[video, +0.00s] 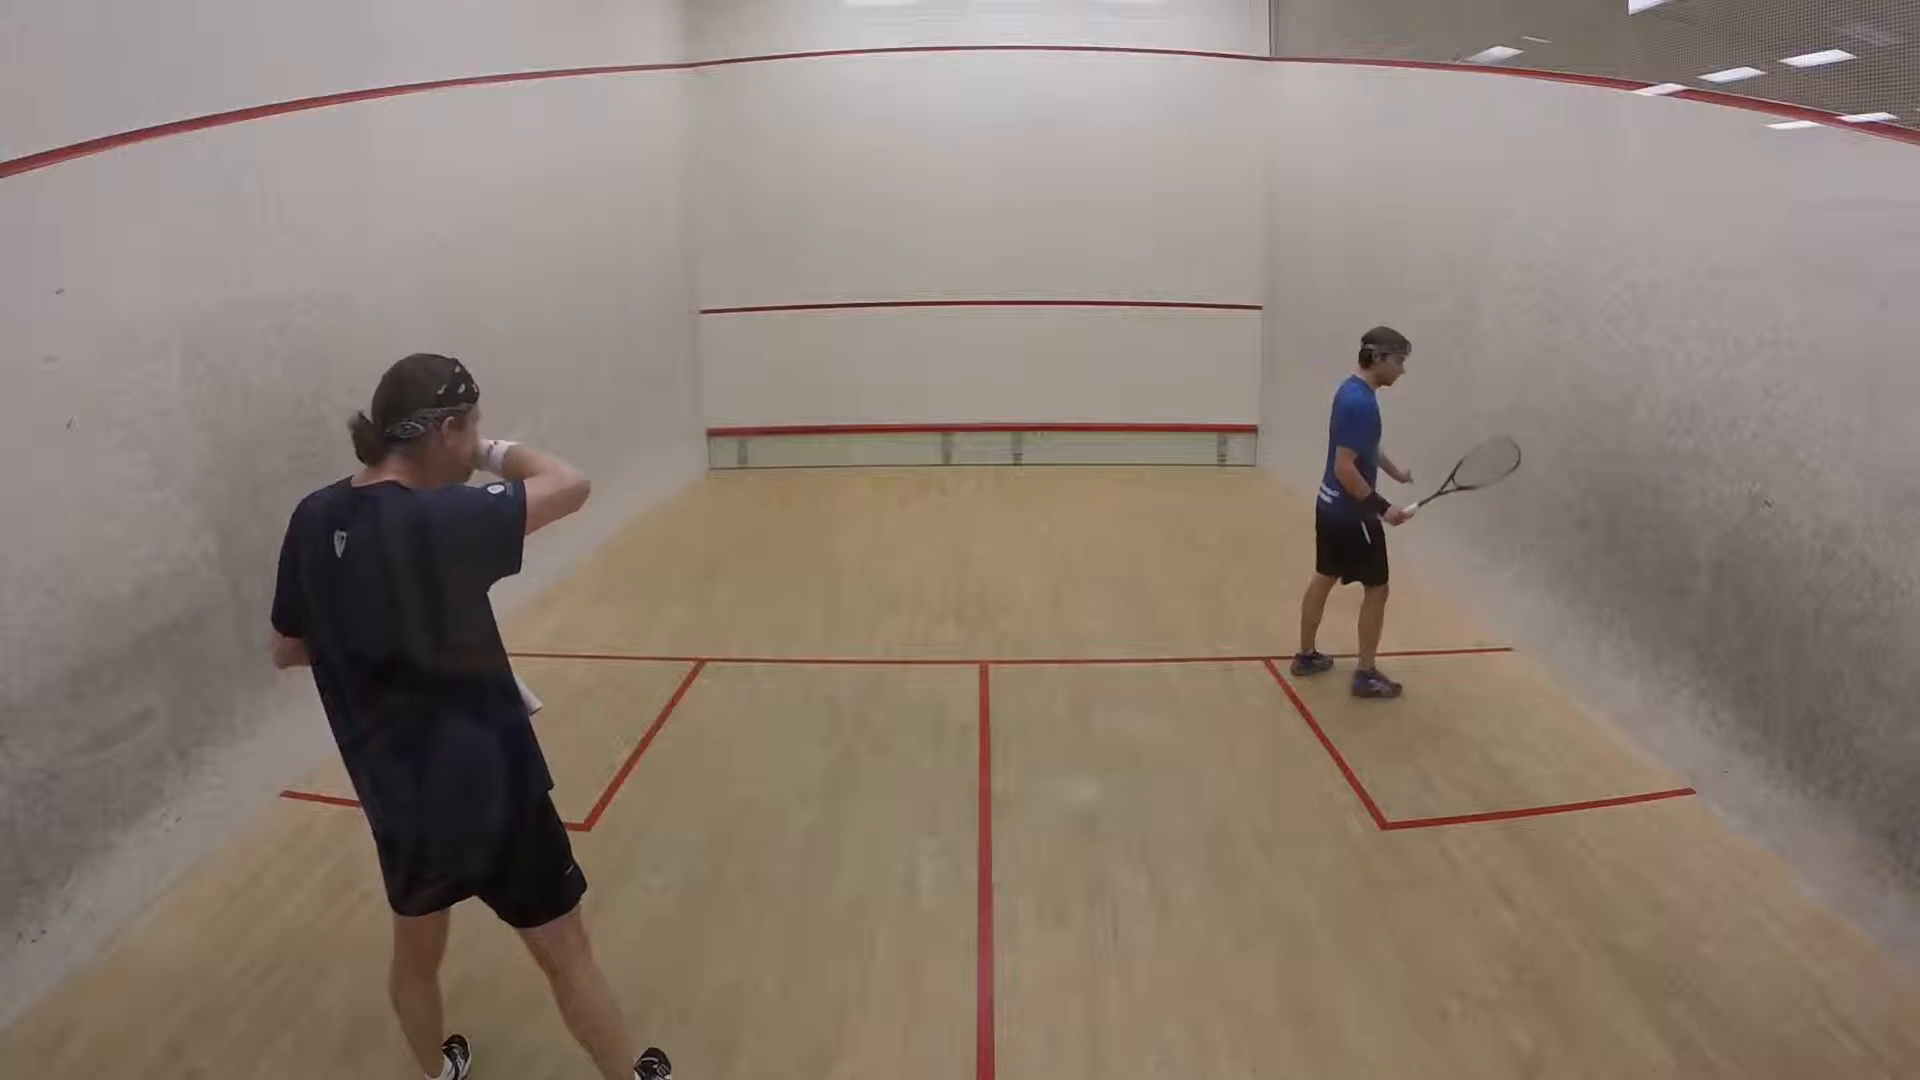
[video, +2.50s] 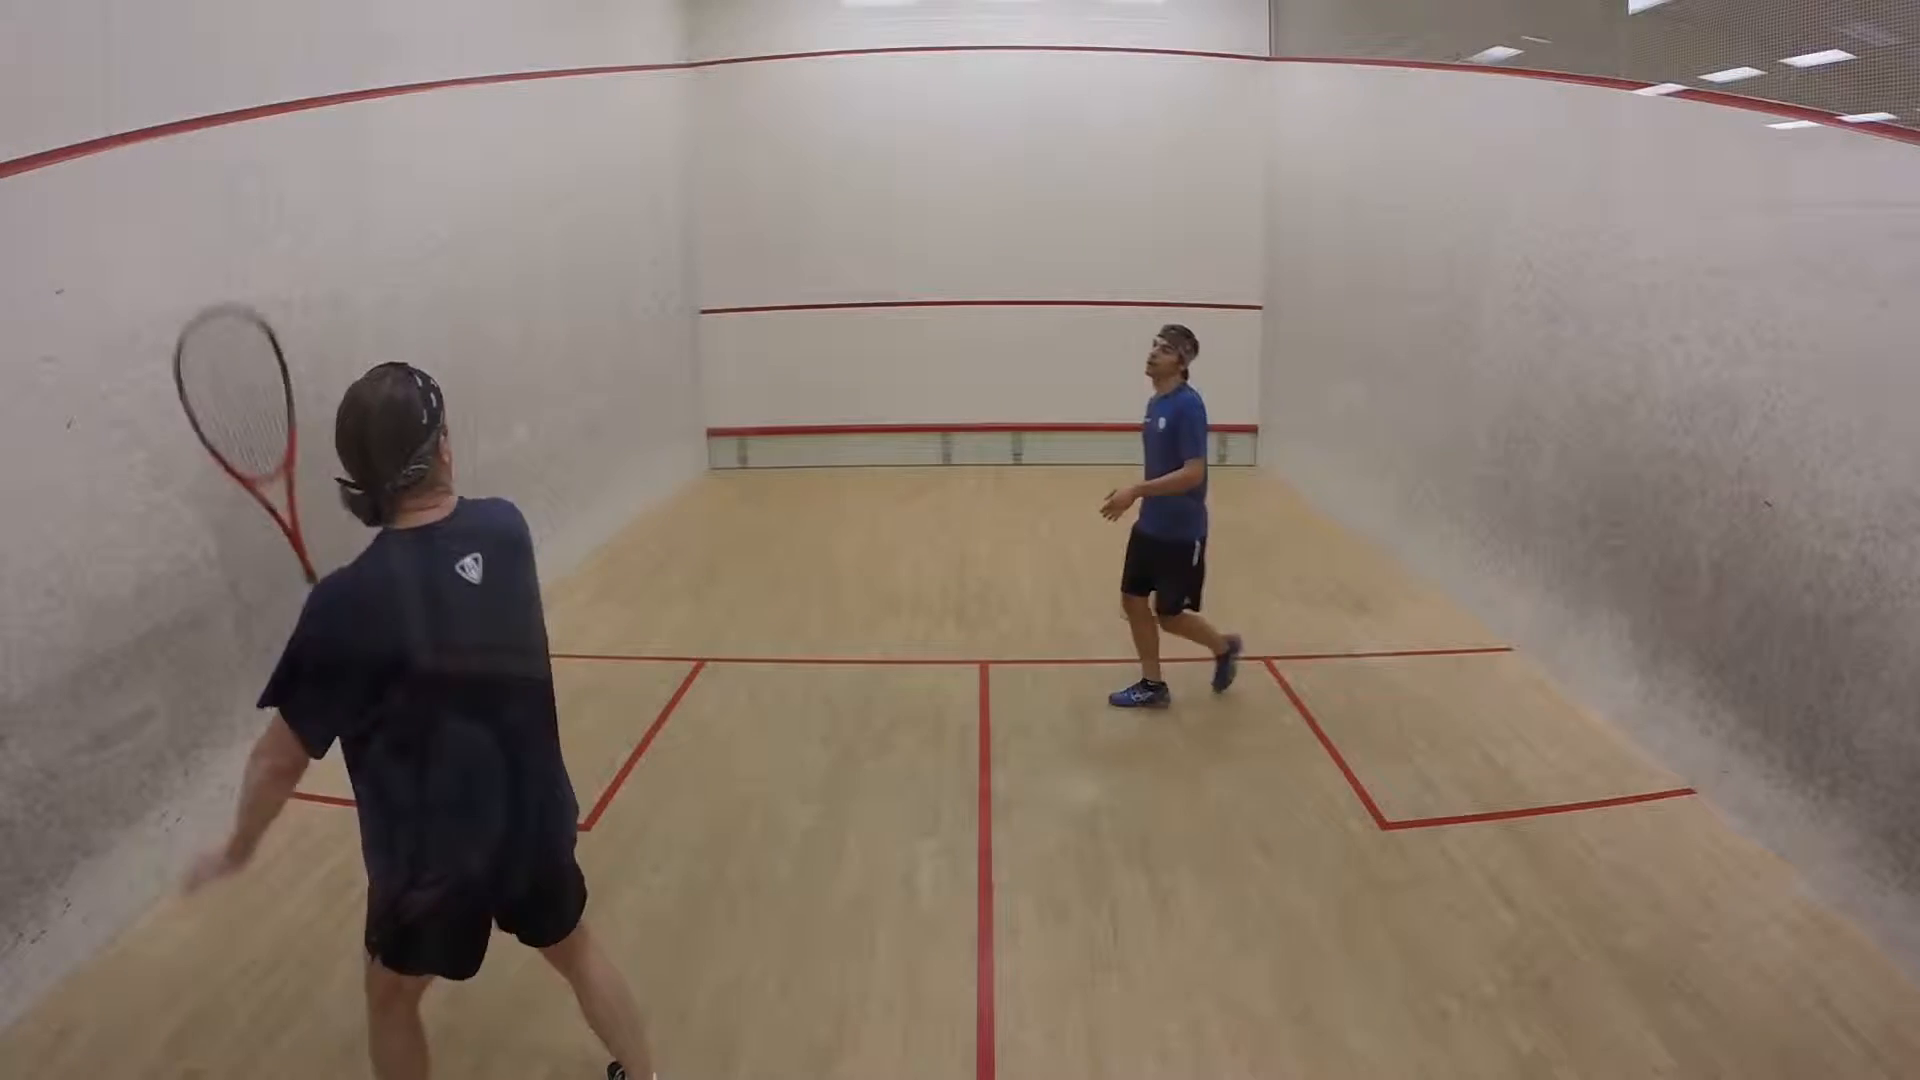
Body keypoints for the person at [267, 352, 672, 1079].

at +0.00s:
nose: (476, 443)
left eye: (475, 428)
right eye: (469, 429)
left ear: (384, 432)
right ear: (435, 432)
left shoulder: (316, 518)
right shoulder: (453, 517)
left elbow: (287, 648)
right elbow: (567, 485)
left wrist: (373, 623)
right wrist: (486, 449)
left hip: (400, 800)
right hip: (494, 788)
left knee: (416, 954)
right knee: (565, 954)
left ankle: (432, 1070)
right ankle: (629, 1073)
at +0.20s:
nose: (473, 436)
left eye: (471, 419)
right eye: (465, 420)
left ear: (383, 427)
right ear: (429, 424)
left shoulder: (315, 521)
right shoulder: (449, 524)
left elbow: (292, 655)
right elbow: (584, 542)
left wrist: (380, 614)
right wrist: (520, 497)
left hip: (401, 797)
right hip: (496, 785)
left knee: (419, 952)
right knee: (568, 953)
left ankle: (433, 1070)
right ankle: (630, 1071)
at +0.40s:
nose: (472, 421)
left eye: (468, 405)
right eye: (460, 408)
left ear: (391, 423)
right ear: (414, 421)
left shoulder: (316, 524)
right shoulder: (455, 527)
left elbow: (299, 658)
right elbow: (571, 640)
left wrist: (370, 616)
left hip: (405, 796)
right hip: (501, 783)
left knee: (419, 955)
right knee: (571, 950)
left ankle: (435, 1070)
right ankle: (631, 1071)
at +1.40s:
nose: (475, 407)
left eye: (468, 392)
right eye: (461, 397)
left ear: (392, 424)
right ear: (421, 421)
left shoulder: (325, 527)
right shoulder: (469, 525)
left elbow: (309, 674)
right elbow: (547, 676)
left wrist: (374, 738)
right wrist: (524, 627)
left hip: (406, 786)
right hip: (505, 777)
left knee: (420, 955)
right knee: (575, 954)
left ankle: (437, 1069)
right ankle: (632, 1071)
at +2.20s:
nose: (437, 422)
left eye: (430, 408)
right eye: (430, 411)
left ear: (344, 444)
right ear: (416, 433)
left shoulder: (305, 554)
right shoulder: (484, 520)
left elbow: (282, 715)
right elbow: (578, 640)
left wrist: (297, 819)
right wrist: (500, 653)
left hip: (393, 807)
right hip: (500, 787)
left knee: (412, 951)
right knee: (577, 938)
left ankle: (437, 1067)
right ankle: (644, 1069)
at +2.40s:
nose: (446, 429)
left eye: (438, 417)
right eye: (440, 421)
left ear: (356, 463)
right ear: (436, 444)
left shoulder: (333, 582)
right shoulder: (506, 529)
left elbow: (298, 748)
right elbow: (549, 639)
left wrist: (281, 863)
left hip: (417, 838)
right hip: (529, 807)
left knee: (410, 978)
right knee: (583, 945)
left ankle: (427, 1072)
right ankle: (641, 1069)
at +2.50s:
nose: (453, 440)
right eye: (448, 430)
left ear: (356, 477)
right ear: (444, 452)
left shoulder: (346, 602)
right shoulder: (505, 531)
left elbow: (280, 756)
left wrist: (238, 847)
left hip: (424, 858)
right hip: (531, 825)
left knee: (394, 1003)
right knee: (580, 953)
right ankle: (641, 1070)